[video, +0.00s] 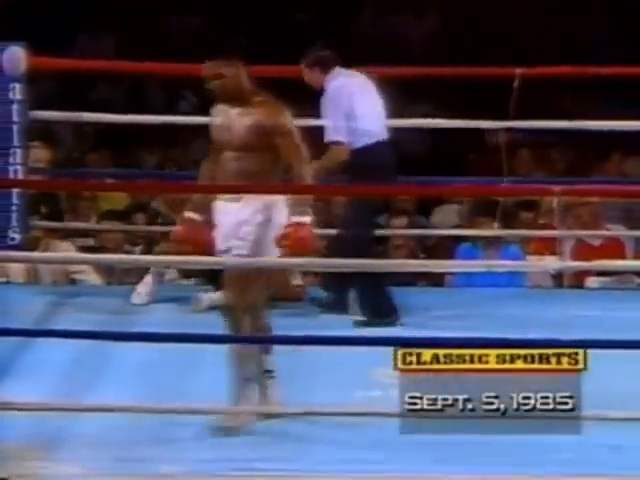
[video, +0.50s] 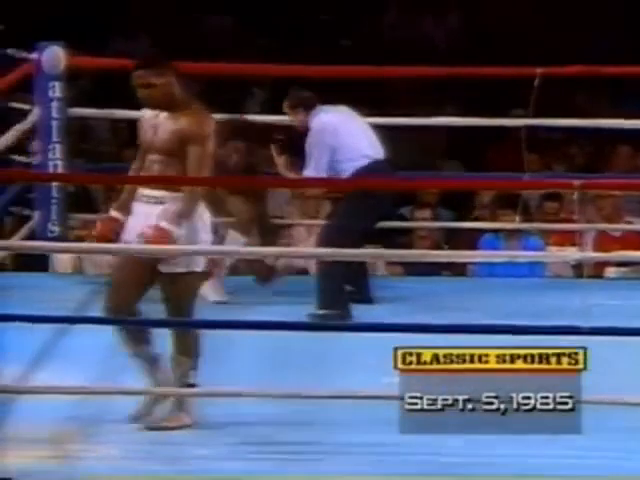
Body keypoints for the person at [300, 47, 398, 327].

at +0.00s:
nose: (307, 82)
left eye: (307, 76)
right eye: (305, 76)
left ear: (317, 70)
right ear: (331, 65)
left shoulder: (333, 91)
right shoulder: (361, 79)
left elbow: (341, 149)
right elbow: (377, 123)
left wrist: (316, 169)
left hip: (364, 155)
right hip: (384, 149)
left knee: (358, 230)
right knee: (355, 225)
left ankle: (381, 309)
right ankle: (336, 292)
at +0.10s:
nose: (293, 96)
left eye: (294, 89)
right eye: (292, 89)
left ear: (305, 87)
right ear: (317, 83)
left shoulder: (325, 104)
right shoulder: (345, 95)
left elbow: (323, 164)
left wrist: (293, 164)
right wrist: (299, 159)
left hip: (357, 167)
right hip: (376, 161)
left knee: (332, 236)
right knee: (341, 231)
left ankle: (364, 294)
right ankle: (339, 294)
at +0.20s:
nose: (286, 104)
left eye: (288, 97)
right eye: (286, 97)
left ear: (302, 94)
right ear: (308, 92)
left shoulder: (320, 115)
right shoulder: (341, 100)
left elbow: (314, 171)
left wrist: (281, 163)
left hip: (356, 173)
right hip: (379, 166)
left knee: (329, 234)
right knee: (337, 231)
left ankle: (342, 295)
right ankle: (339, 289)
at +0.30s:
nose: (287, 117)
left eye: (287, 110)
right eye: (285, 111)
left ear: (299, 105)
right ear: (307, 102)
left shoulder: (316, 123)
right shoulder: (339, 110)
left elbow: (314, 177)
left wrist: (282, 171)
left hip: (355, 180)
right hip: (378, 174)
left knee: (324, 242)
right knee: (336, 239)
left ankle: (319, 310)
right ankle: (342, 297)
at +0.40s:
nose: (289, 121)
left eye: (289, 115)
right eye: (286, 115)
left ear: (299, 110)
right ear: (310, 104)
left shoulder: (316, 127)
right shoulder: (340, 113)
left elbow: (314, 179)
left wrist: (285, 176)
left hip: (357, 183)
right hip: (380, 177)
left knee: (325, 240)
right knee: (338, 236)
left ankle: (321, 309)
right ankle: (348, 292)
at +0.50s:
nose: (293, 123)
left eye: (292, 117)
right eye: (290, 117)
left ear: (301, 111)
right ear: (312, 105)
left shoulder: (320, 125)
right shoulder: (342, 112)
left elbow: (314, 178)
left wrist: (284, 172)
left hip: (363, 182)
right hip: (383, 174)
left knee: (329, 240)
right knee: (347, 235)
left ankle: (333, 308)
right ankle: (359, 289)